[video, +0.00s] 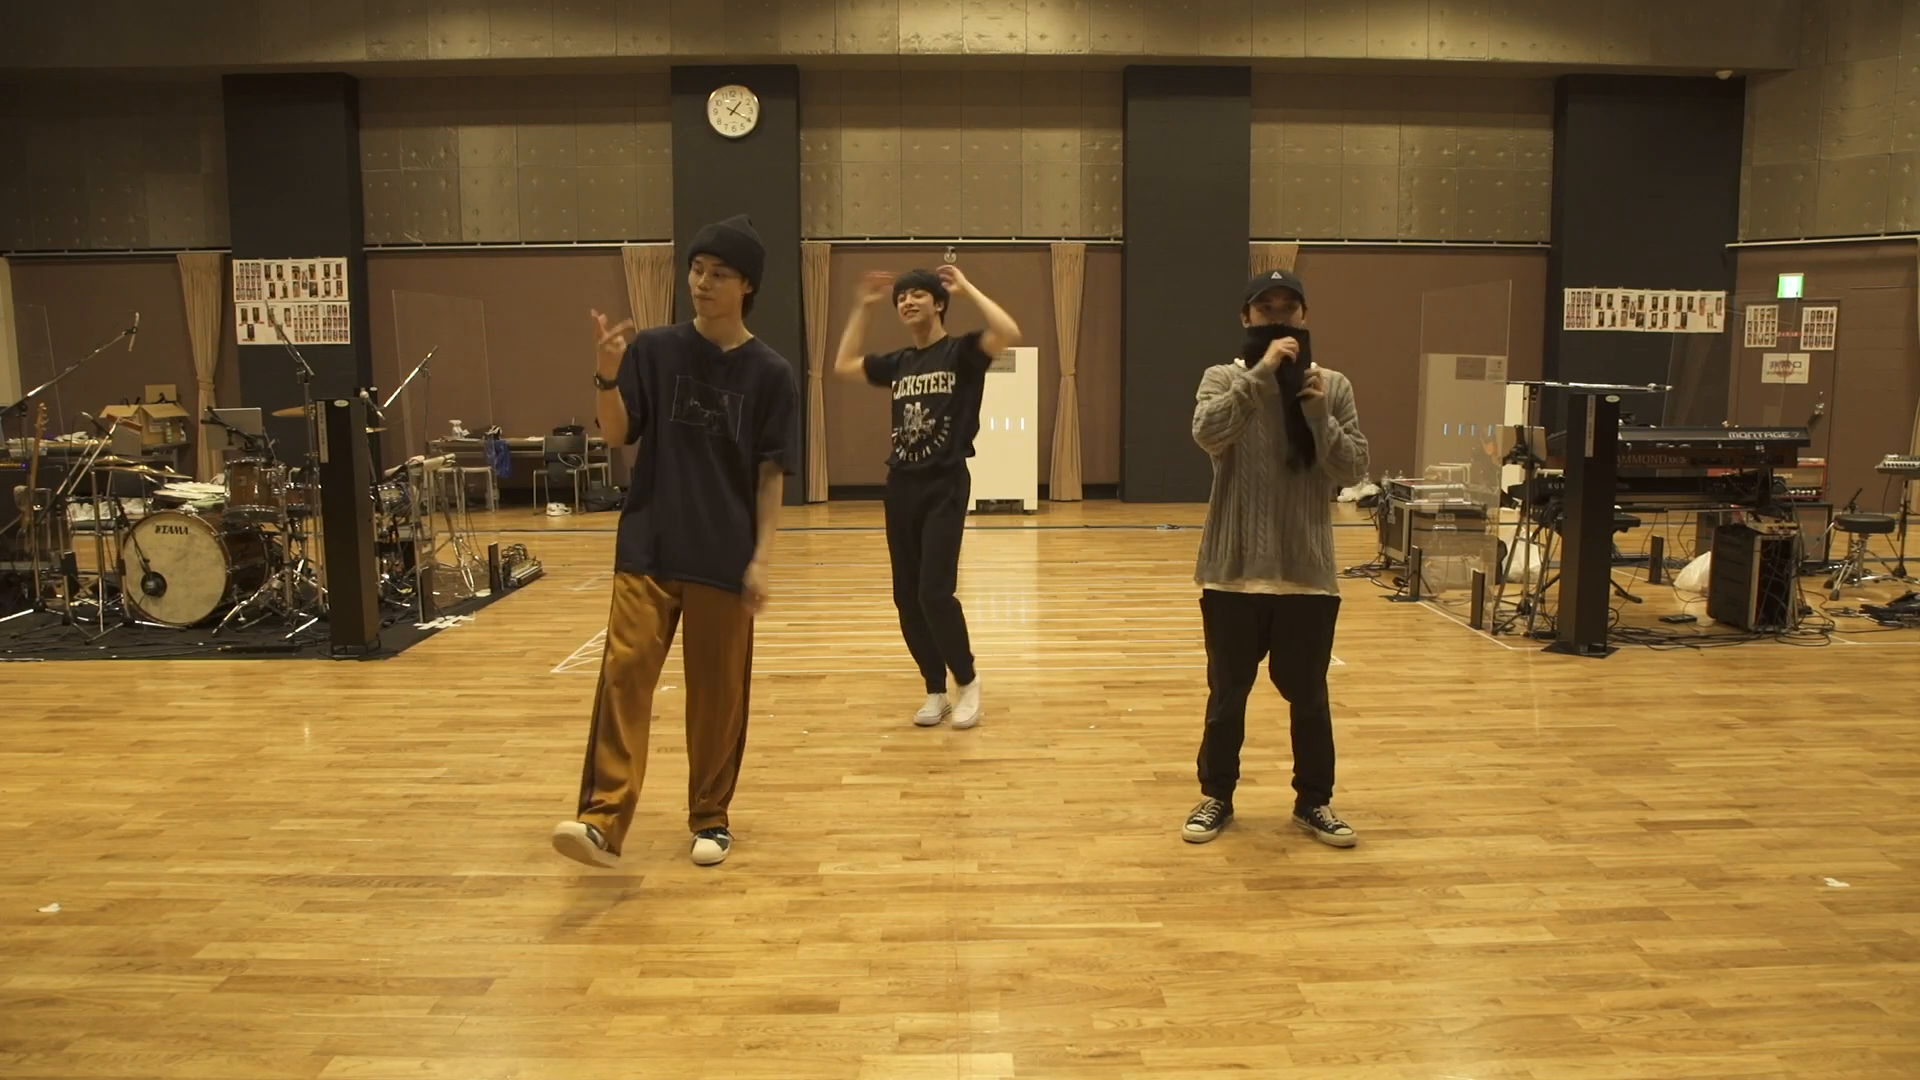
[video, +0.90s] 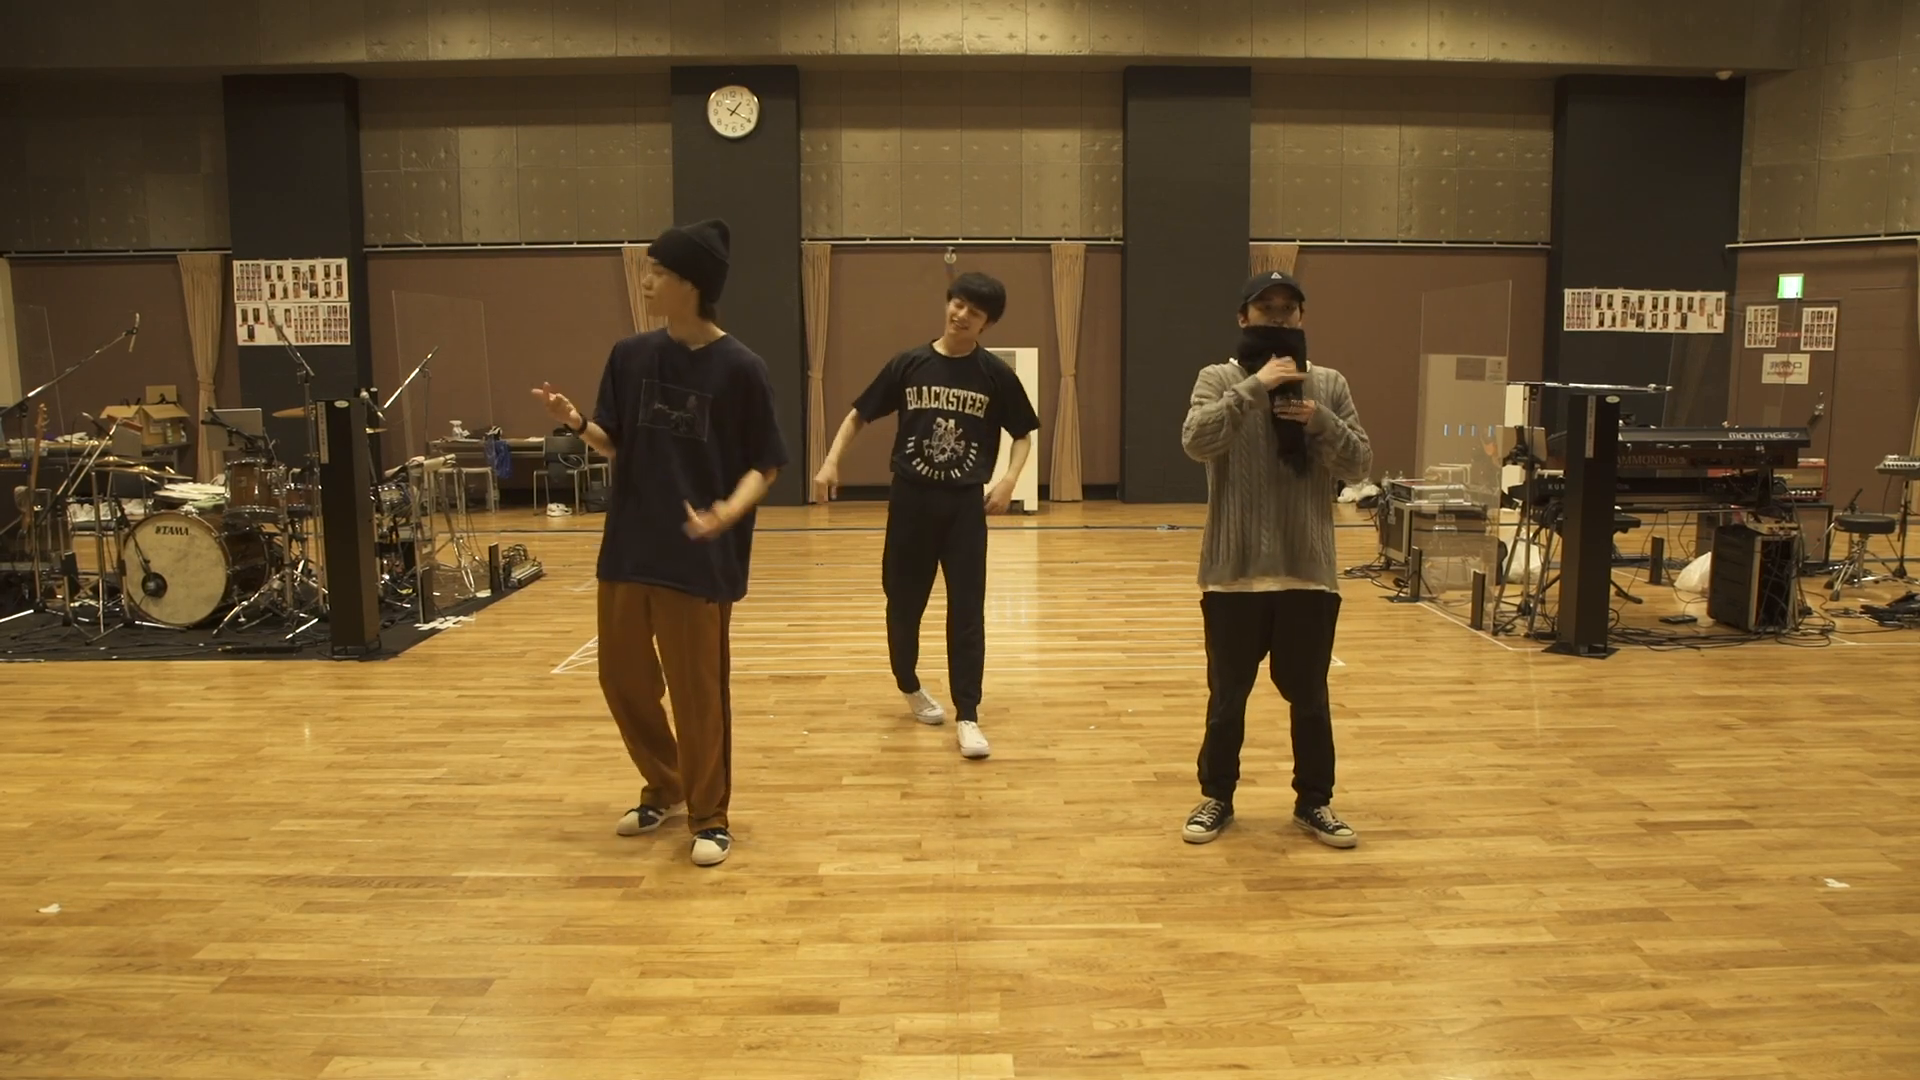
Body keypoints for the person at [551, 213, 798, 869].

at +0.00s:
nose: (702, 284)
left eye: (718, 274)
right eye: (697, 272)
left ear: (747, 287)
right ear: (688, 279)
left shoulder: (769, 372)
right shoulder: (652, 349)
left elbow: (771, 473)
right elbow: (615, 432)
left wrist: (762, 557)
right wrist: (607, 377)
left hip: (725, 553)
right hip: (647, 545)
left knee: (719, 690)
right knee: (622, 672)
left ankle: (710, 820)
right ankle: (602, 821)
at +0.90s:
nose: (649, 284)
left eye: (661, 275)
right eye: (651, 273)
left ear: (696, 286)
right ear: (667, 283)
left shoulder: (741, 370)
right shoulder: (629, 357)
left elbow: (765, 464)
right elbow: (616, 443)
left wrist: (724, 513)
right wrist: (578, 421)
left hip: (698, 558)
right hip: (627, 551)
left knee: (698, 690)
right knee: (623, 677)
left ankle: (710, 819)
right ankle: (664, 784)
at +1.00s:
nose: (625, 281)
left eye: (635, 271)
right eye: (625, 270)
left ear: (672, 279)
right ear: (652, 279)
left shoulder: (722, 359)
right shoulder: (622, 353)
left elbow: (742, 454)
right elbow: (611, 441)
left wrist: (676, 464)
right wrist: (571, 425)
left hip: (686, 553)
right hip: (621, 549)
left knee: (687, 685)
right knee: (623, 677)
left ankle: (710, 817)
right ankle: (661, 790)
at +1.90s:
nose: (602, 287)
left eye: (617, 276)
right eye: (595, 275)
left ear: (647, 282)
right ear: (586, 281)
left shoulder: (687, 354)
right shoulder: (572, 363)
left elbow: (740, 426)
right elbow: (566, 448)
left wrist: (695, 472)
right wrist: (580, 511)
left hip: (675, 544)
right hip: (609, 548)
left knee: (684, 675)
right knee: (633, 675)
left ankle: (694, 818)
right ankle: (665, 793)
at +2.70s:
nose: (680, 287)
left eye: (693, 276)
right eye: (670, 275)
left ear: (717, 284)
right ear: (658, 283)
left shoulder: (748, 363)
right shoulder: (629, 358)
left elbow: (763, 461)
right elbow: (612, 450)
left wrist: (763, 541)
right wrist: (616, 522)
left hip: (728, 547)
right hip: (653, 548)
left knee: (738, 678)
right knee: (654, 678)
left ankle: (751, 798)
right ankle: (669, 791)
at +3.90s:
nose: (588, 292)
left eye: (600, 280)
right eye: (578, 281)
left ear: (629, 280)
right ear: (567, 285)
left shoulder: (670, 356)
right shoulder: (550, 362)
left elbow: (711, 444)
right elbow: (541, 449)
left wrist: (674, 507)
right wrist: (539, 520)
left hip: (651, 552)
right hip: (578, 557)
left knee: (688, 677)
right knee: (599, 692)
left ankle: (739, 797)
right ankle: (624, 809)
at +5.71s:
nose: (671, 283)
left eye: (684, 272)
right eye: (661, 272)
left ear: (709, 280)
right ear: (649, 281)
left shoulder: (745, 360)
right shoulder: (623, 357)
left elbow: (763, 459)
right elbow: (611, 455)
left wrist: (763, 541)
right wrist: (613, 536)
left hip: (728, 552)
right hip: (651, 551)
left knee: (727, 687)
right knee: (639, 686)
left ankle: (721, 802)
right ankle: (628, 801)